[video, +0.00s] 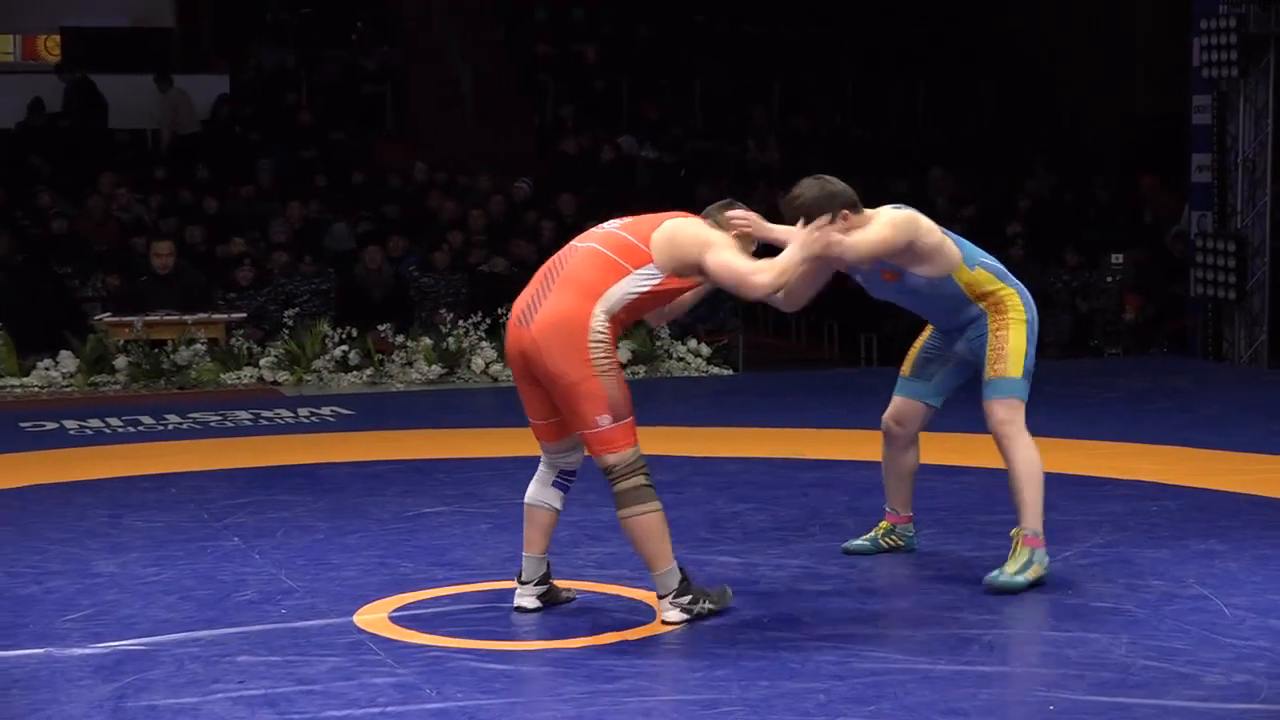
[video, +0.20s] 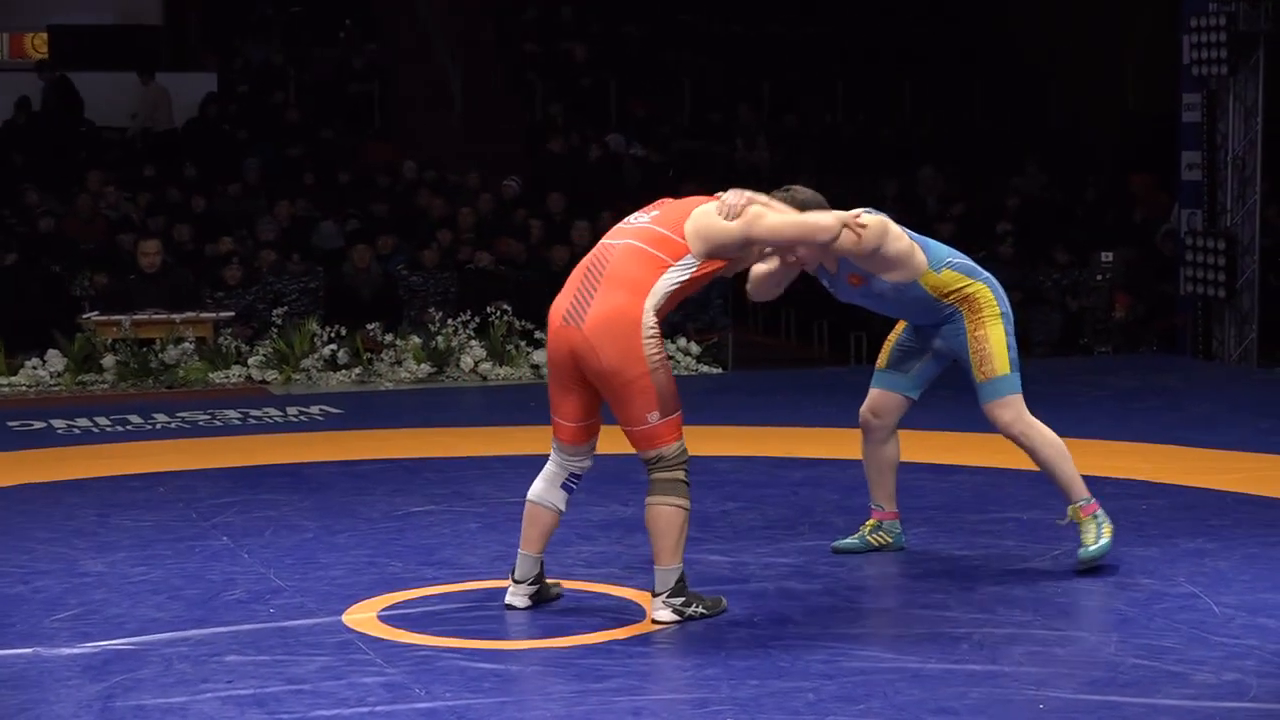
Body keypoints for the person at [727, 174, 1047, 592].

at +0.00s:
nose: (811, 241)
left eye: (813, 231)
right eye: (805, 234)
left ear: (842, 219)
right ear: (832, 224)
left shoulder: (897, 223)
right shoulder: (836, 247)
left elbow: (846, 250)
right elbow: (788, 298)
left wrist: (769, 232)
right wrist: (734, 261)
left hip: (1000, 309)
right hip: (947, 326)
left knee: (1006, 420)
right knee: (898, 423)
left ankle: (1032, 546)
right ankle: (898, 526)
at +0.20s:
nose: (786, 255)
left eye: (790, 242)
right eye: (781, 245)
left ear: (812, 229)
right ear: (789, 243)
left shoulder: (871, 238)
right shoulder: (805, 261)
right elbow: (757, 291)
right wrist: (778, 244)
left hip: (971, 303)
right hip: (919, 320)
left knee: (1008, 415)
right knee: (875, 419)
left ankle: (1089, 514)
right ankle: (884, 524)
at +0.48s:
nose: (791, 255)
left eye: (792, 246)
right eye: (785, 250)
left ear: (816, 229)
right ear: (798, 242)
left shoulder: (871, 233)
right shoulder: (834, 268)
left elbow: (807, 201)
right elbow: (825, 285)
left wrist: (755, 172)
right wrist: (790, 299)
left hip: (981, 324)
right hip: (928, 334)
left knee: (1032, 438)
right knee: (867, 416)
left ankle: (1095, 519)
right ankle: (866, 522)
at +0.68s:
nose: (792, 255)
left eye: (792, 242)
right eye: (784, 247)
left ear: (813, 228)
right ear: (789, 243)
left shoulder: (868, 233)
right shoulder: (836, 265)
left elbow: (801, 217)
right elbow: (830, 285)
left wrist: (748, 186)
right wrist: (786, 326)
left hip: (982, 317)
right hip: (928, 326)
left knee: (1026, 440)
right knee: (856, 405)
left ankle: (1081, 517)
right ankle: (859, 504)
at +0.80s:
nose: (782, 249)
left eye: (787, 236)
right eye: (775, 241)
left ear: (810, 227)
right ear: (774, 241)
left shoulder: (858, 234)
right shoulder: (800, 262)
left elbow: (798, 216)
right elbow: (740, 295)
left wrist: (740, 188)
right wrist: (672, 316)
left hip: (966, 314)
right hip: (910, 325)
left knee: (1008, 437)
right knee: (848, 417)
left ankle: (1064, 516)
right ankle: (843, 495)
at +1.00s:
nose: (736, 252)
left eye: (742, 240)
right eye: (736, 241)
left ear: (769, 233)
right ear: (761, 236)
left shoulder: (834, 236)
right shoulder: (763, 266)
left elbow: (800, 204)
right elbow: (715, 310)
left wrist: (736, 197)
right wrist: (693, 269)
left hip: (936, 298)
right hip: (881, 318)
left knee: (992, 406)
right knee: (833, 411)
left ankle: (1051, 500)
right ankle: (827, 502)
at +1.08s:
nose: (767, 257)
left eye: (769, 245)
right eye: (761, 249)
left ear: (787, 226)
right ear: (758, 241)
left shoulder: (837, 234)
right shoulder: (777, 260)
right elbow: (718, 311)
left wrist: (736, 238)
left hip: (938, 305)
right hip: (879, 319)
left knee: (995, 410)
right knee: (827, 409)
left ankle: (1054, 495)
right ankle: (825, 502)